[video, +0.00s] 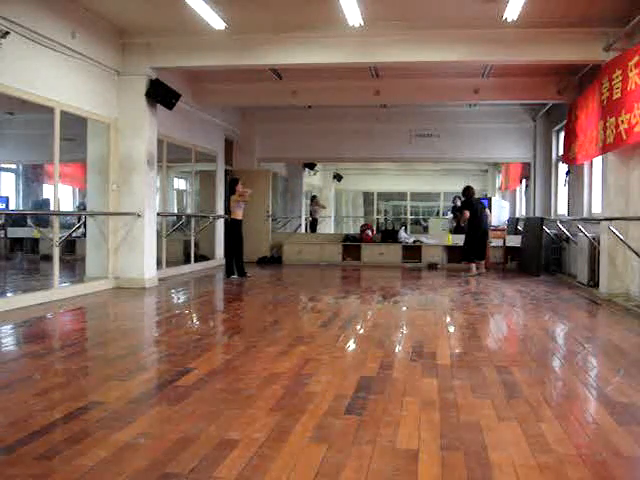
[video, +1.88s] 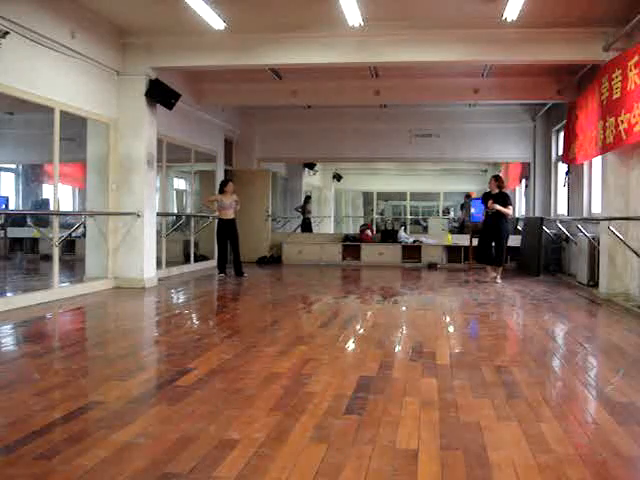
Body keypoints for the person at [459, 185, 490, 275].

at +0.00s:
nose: (464, 196)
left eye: (464, 194)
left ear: (464, 194)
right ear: (473, 193)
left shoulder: (466, 202)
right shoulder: (479, 202)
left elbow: (466, 215)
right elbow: (488, 214)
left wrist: (461, 222)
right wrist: (487, 223)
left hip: (472, 229)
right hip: (483, 228)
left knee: (470, 248)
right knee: (481, 248)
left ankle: (472, 268)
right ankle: (482, 267)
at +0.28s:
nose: (461, 205)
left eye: (462, 203)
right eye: (461, 203)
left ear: (466, 202)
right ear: (466, 202)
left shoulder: (472, 206)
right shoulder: (469, 209)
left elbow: (480, 210)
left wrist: (477, 223)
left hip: (483, 230)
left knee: (470, 248)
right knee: (478, 249)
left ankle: (474, 268)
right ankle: (481, 268)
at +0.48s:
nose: (466, 203)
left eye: (467, 201)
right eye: (464, 202)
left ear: (471, 200)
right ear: (463, 203)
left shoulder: (477, 206)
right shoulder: (467, 215)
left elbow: (489, 204)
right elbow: (465, 231)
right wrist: (458, 241)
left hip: (488, 229)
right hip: (478, 231)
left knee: (481, 249)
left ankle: (483, 270)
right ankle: (483, 269)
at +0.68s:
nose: (474, 195)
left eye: (475, 192)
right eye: (472, 193)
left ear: (479, 193)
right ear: (470, 194)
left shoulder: (485, 199)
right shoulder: (468, 205)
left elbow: (496, 204)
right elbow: (466, 221)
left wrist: (505, 208)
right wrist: (465, 226)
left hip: (489, 225)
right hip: (478, 227)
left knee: (490, 247)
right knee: (481, 248)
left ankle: (490, 270)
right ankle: (486, 269)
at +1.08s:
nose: (482, 187)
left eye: (484, 186)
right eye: (481, 185)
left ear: (489, 188)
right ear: (479, 188)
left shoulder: (494, 200)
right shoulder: (474, 200)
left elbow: (499, 213)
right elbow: (469, 214)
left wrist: (493, 220)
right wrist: (467, 226)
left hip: (490, 227)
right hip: (478, 227)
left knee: (490, 248)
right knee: (478, 249)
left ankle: (488, 269)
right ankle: (480, 272)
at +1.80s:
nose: (489, 185)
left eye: (491, 183)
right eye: (489, 183)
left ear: (497, 184)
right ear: (491, 185)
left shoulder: (504, 198)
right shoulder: (485, 197)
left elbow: (510, 213)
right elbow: (483, 212)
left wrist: (500, 210)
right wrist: (480, 223)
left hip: (501, 227)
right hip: (488, 226)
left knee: (499, 250)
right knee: (485, 248)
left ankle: (497, 275)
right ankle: (487, 273)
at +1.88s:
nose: (489, 184)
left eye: (491, 182)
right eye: (489, 182)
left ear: (497, 183)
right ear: (491, 183)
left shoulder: (504, 196)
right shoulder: (486, 196)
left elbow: (509, 211)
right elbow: (485, 209)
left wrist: (497, 207)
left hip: (501, 225)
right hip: (488, 224)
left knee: (500, 248)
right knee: (484, 246)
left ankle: (498, 274)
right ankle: (490, 271)